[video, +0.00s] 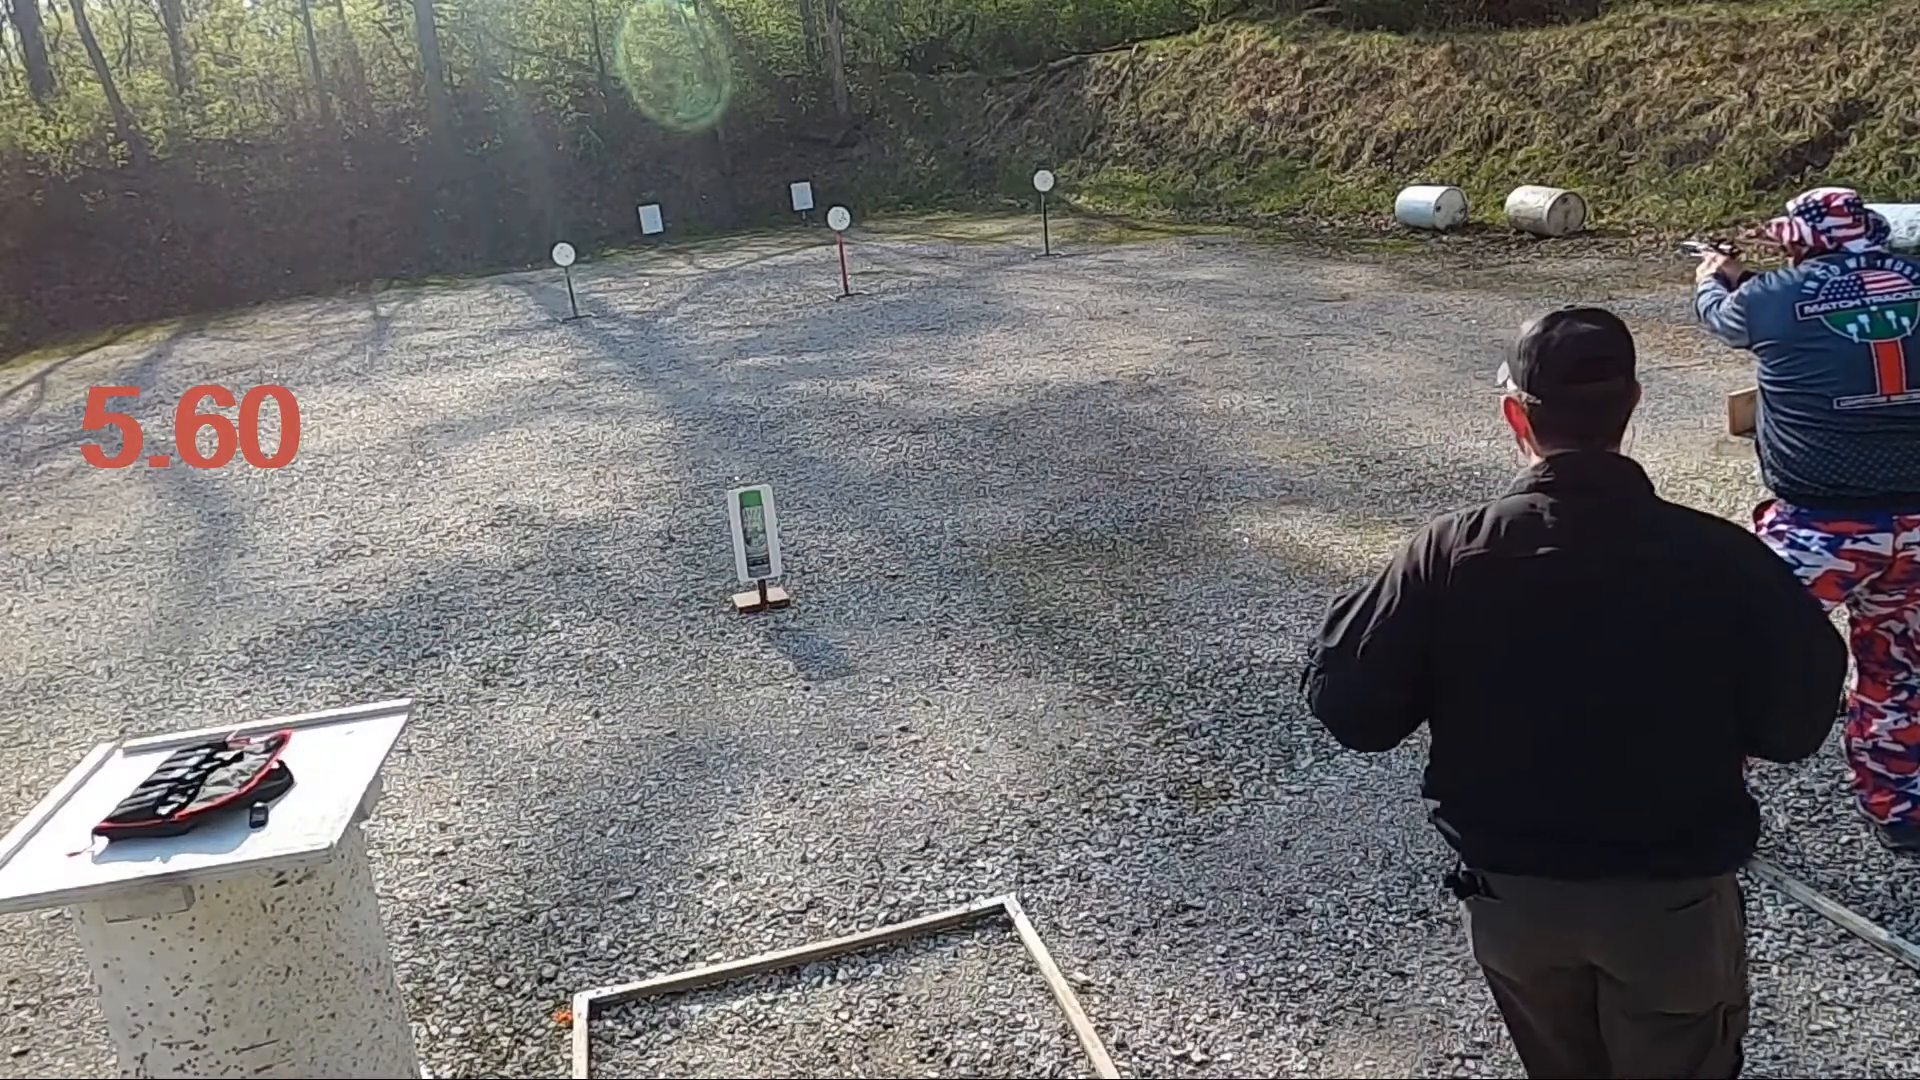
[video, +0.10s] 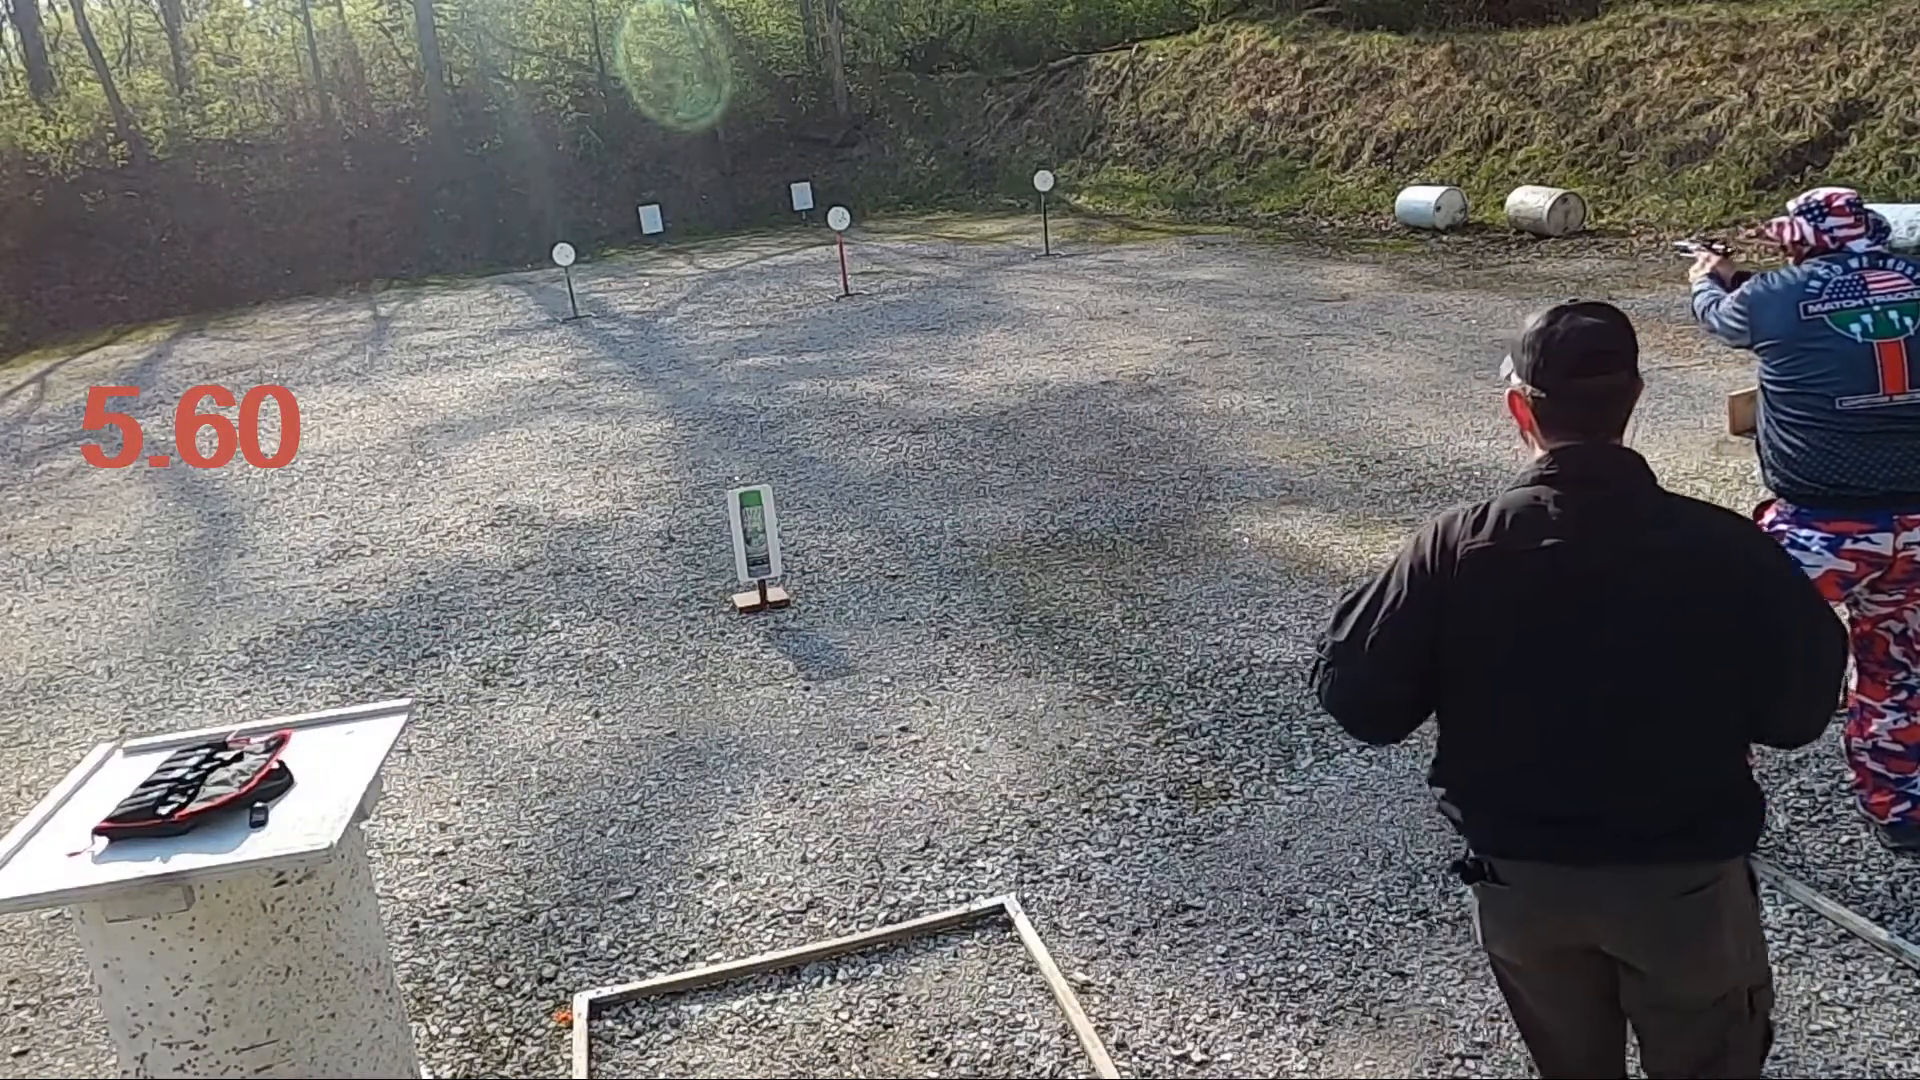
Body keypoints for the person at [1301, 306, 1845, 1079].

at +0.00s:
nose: (1509, 409)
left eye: (1509, 399)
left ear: (1518, 418)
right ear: (1632, 405)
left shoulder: (1449, 560)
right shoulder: (1727, 561)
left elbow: (1348, 704)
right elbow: (1800, 721)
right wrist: (1699, 682)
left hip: (1516, 914)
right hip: (1675, 917)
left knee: (1561, 1070)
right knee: (1679, 1068)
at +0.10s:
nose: (1510, 407)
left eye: (1513, 395)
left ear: (1522, 412)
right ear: (1633, 400)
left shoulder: (1454, 552)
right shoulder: (1729, 549)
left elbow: (1359, 698)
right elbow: (1802, 710)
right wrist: (1701, 673)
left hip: (1524, 899)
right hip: (1687, 899)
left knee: (1574, 1070)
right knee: (1710, 1067)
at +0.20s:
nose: (1520, 402)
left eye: (1520, 391)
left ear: (1527, 407)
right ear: (1637, 394)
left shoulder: (1459, 548)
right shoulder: (1733, 542)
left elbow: (1365, 692)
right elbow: (1805, 699)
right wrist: (1698, 666)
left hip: (1530, 888)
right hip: (1695, 887)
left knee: (1576, 1071)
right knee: (1751, 1060)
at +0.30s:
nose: (1526, 394)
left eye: (1525, 384)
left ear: (1535, 400)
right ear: (1645, 388)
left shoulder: (1467, 543)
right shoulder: (1737, 537)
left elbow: (1369, 686)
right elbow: (1811, 692)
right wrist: (1705, 666)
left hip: (1540, 880)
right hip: (1703, 877)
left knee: (1582, 1071)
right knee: (1760, 1055)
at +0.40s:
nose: (1534, 390)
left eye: (1533, 380)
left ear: (1543, 398)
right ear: (1652, 387)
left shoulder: (1479, 540)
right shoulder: (1746, 534)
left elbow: (1378, 685)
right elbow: (1816, 690)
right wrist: (1712, 672)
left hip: (1550, 879)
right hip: (1713, 878)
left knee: (1585, 1072)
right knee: (1761, 1062)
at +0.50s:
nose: (1543, 391)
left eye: (1543, 381)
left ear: (1553, 397)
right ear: (1661, 384)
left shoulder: (1493, 537)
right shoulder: (1756, 531)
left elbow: (1391, 687)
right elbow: (1829, 681)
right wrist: (1723, 673)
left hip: (1556, 878)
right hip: (1719, 876)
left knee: (1590, 1071)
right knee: (1771, 1065)